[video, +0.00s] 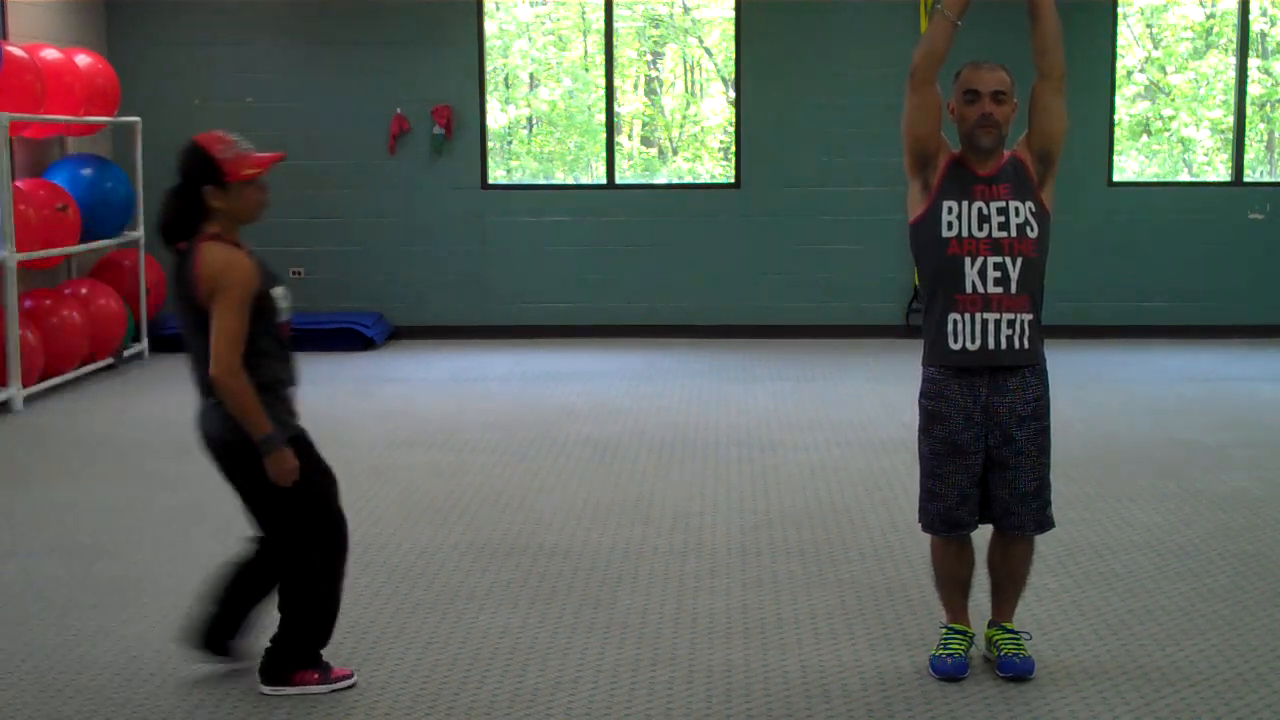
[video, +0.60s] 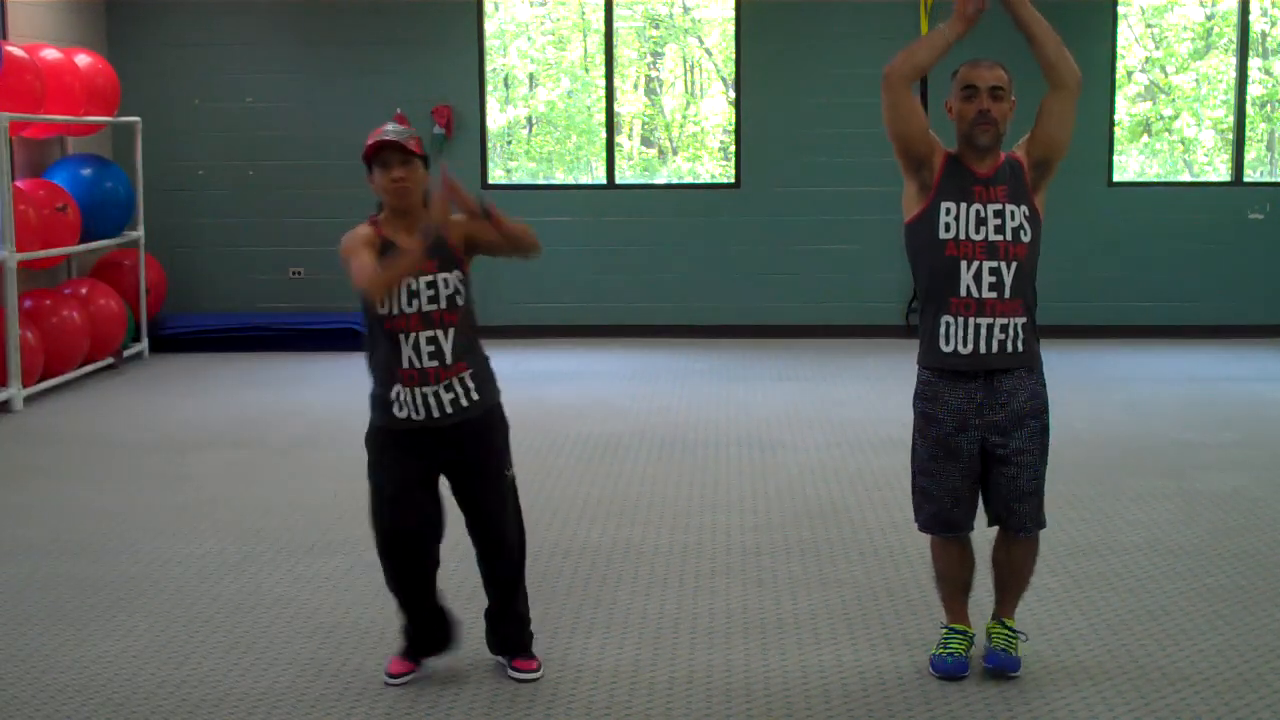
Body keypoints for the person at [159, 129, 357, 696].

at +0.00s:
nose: (263, 191)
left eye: (260, 181)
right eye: (250, 184)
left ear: (217, 194)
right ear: (215, 195)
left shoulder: (204, 254)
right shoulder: (231, 264)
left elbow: (219, 356)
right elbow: (225, 369)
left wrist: (272, 412)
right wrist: (271, 443)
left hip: (233, 424)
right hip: (255, 428)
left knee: (288, 532)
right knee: (322, 532)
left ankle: (219, 630)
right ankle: (293, 661)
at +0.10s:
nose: (298, 168)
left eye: (296, 157)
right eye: (285, 161)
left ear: (261, 172)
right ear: (251, 174)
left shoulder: (263, 221)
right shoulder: (255, 231)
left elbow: (230, 297)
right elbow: (220, 312)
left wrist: (306, 354)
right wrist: (261, 382)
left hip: (305, 399)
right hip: (283, 407)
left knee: (362, 491)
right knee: (311, 532)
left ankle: (377, 608)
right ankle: (292, 662)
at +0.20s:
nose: (324, 134)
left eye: (325, 122)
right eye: (309, 126)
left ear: (326, 129)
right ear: (278, 139)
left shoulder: (314, 188)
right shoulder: (282, 200)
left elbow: (304, 264)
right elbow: (214, 253)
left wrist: (332, 323)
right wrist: (243, 323)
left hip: (349, 369)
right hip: (309, 384)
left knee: (405, 475)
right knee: (319, 509)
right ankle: (308, 637)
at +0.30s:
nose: (346, 127)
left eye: (350, 115)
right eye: (330, 118)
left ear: (357, 122)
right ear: (304, 132)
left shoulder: (351, 181)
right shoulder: (304, 197)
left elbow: (338, 258)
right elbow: (228, 251)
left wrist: (359, 320)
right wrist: (263, 324)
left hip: (387, 369)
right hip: (334, 386)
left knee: (444, 470)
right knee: (344, 515)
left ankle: (520, 570)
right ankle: (359, 637)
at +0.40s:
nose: (360, 149)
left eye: (368, 138)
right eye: (346, 141)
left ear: (382, 146)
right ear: (327, 153)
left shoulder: (394, 207)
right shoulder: (322, 223)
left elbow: (439, 245)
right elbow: (269, 306)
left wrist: (458, 285)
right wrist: (332, 366)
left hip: (429, 395)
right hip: (365, 411)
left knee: (487, 505)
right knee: (376, 537)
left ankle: (524, 628)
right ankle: (376, 644)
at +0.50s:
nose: (378, 170)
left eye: (387, 159)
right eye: (365, 162)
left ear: (404, 167)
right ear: (350, 176)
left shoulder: (432, 229)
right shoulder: (343, 248)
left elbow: (503, 260)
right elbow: (339, 342)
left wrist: (507, 271)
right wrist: (415, 342)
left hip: (455, 410)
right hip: (388, 422)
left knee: (493, 531)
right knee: (405, 545)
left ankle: (512, 640)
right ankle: (382, 643)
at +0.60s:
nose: (397, 174)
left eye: (407, 163)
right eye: (385, 166)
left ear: (425, 172)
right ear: (372, 180)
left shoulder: (451, 229)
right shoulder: (361, 240)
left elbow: (526, 243)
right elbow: (373, 288)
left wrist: (480, 214)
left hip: (471, 413)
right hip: (399, 420)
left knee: (500, 533)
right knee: (400, 541)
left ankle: (513, 642)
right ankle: (424, 636)